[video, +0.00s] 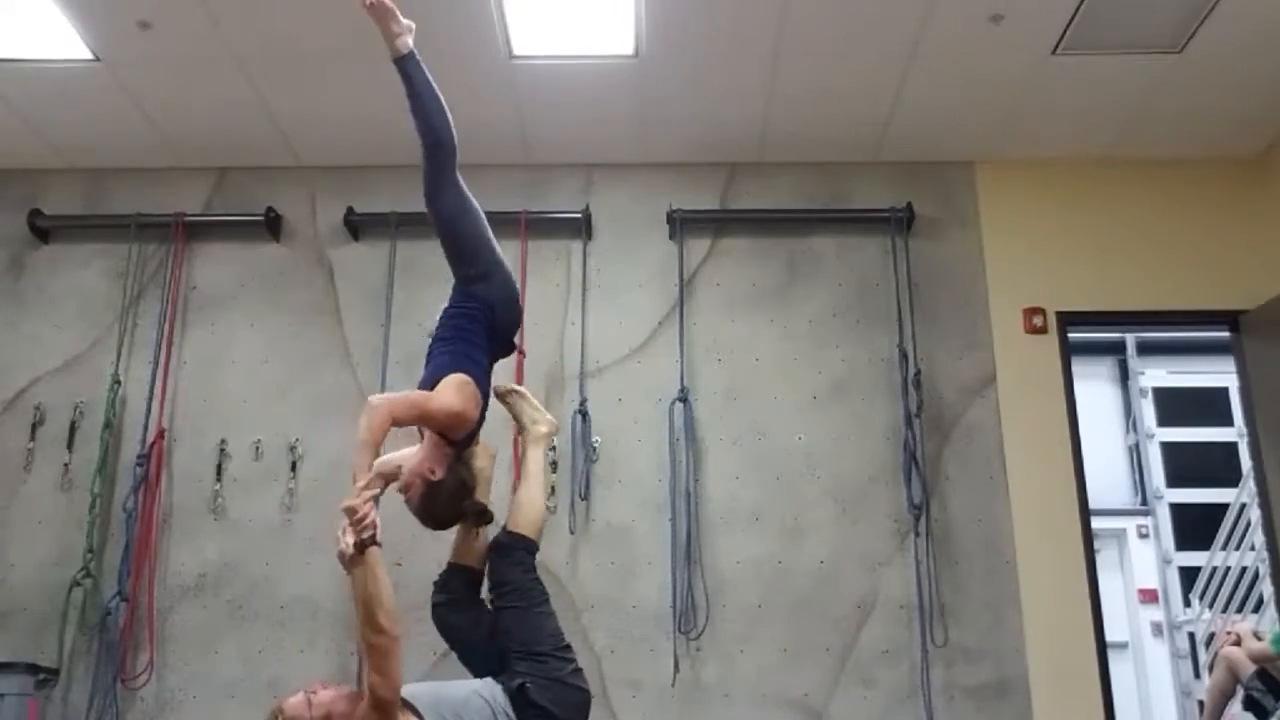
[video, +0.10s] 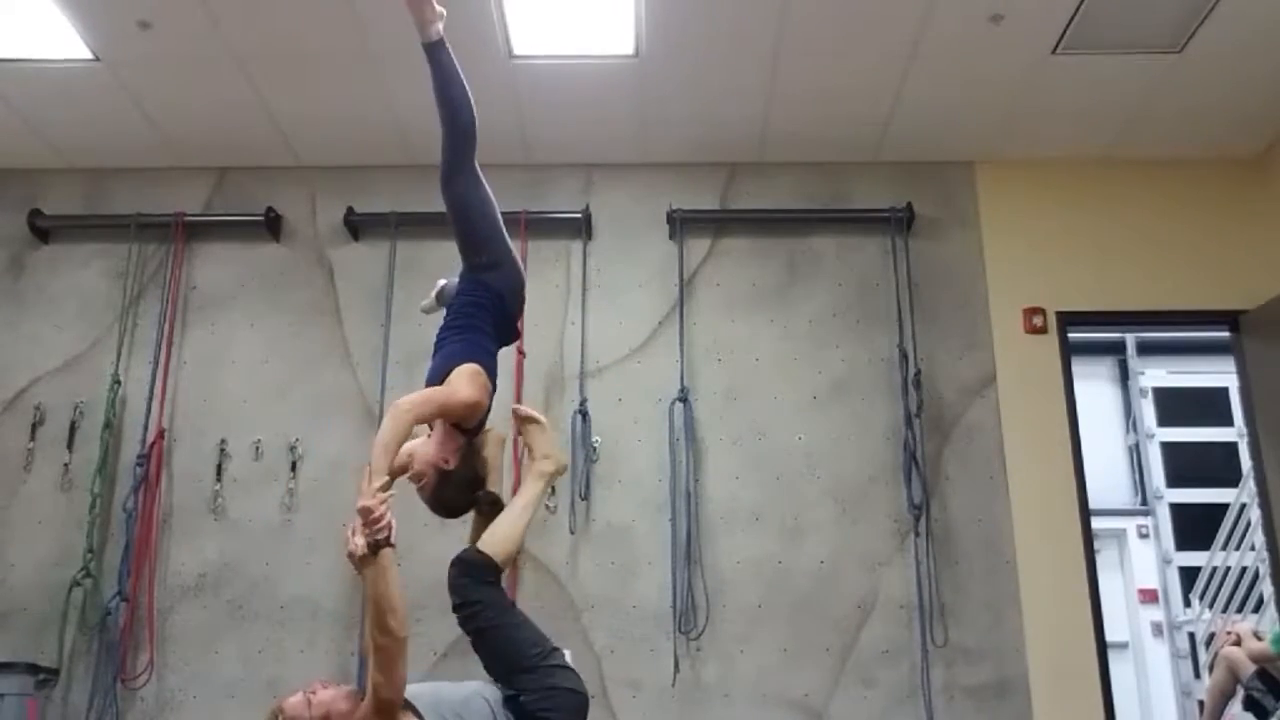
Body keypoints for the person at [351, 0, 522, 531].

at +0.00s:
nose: (405, 483)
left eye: (407, 490)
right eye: (413, 486)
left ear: (431, 472)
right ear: (435, 471)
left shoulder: (459, 434)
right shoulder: (449, 414)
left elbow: (393, 465)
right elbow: (377, 410)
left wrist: (366, 505)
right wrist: (360, 488)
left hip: (499, 325)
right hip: (491, 298)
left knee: (444, 176)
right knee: (442, 167)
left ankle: (406, 47)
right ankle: (402, 45)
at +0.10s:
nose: (414, 469)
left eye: (416, 478)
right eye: (426, 472)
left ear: (442, 453)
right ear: (450, 457)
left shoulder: (455, 420)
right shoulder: (464, 402)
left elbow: (394, 459)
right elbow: (400, 413)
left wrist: (368, 510)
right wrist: (373, 487)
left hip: (502, 314)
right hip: (496, 284)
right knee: (460, 164)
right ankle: (431, 29)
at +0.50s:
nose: (429, 473)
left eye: (431, 480)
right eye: (430, 482)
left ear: (435, 471)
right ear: (448, 471)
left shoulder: (417, 433)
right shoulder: (470, 412)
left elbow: (369, 464)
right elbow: (425, 416)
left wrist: (341, 519)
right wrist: (398, 490)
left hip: (472, 317)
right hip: (495, 298)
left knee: (455, 279)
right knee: (443, 156)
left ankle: (436, 232)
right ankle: (395, 44)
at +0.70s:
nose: (428, 487)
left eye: (428, 496)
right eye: (437, 495)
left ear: (440, 490)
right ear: (457, 490)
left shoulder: (426, 439)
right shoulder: (467, 437)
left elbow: (371, 456)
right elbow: (413, 422)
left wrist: (354, 514)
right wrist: (386, 497)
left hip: (462, 327)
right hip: (488, 311)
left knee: (441, 252)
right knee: (424, 175)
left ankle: (447, 188)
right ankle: (368, 59)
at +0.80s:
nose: (431, 518)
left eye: (433, 528)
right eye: (440, 524)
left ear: (451, 510)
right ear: (461, 506)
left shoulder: (423, 455)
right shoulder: (472, 457)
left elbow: (373, 460)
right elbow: (440, 425)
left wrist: (342, 520)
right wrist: (413, 500)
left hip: (429, 341)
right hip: (467, 330)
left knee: (355, 263)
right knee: (464, 192)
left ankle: (300, 181)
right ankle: (462, 74)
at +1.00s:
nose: (519, 471)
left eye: (514, 487)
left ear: (498, 518)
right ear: (528, 522)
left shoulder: (460, 510)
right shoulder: (507, 467)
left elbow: (386, 479)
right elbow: (563, 464)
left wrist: (363, 528)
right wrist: (521, 523)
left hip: (398, 390)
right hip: (442, 348)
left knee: (281, 384)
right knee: (454, 231)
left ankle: (169, 341)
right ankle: (465, 140)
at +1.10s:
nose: (543, 546)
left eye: (554, 555)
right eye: (556, 544)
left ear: (535, 535)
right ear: (555, 514)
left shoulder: (482, 518)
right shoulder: (530, 486)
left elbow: (406, 492)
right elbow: (595, 483)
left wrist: (375, 543)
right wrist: (558, 531)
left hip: (380, 422)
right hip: (421, 390)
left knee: (283, 461)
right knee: (363, 271)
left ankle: (147, 468)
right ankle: (324, 165)